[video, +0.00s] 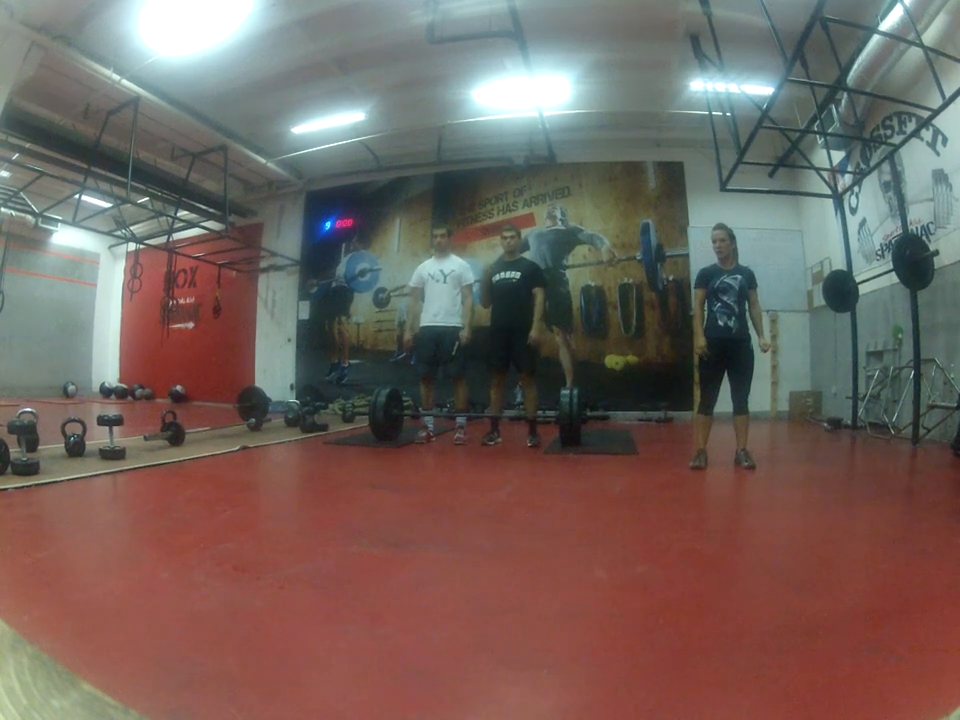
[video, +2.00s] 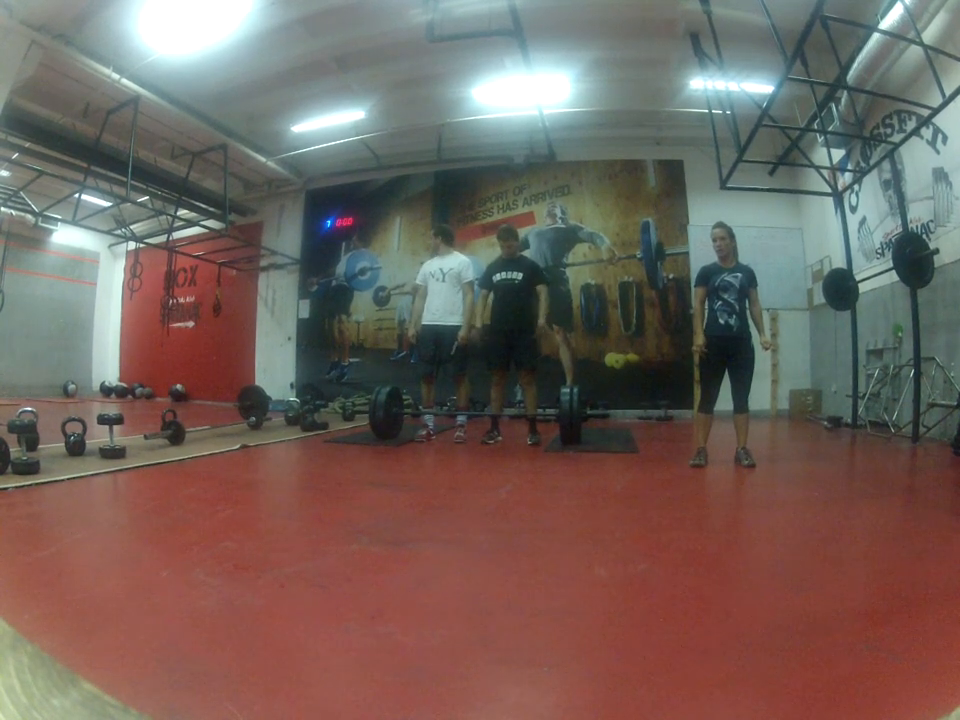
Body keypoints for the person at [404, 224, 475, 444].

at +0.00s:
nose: (438, 240)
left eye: (442, 236)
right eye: (435, 237)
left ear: (450, 239)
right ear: (431, 240)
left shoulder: (461, 265)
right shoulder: (423, 268)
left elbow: (468, 298)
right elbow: (414, 300)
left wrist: (467, 327)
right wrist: (409, 329)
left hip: (453, 328)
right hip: (427, 328)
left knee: (458, 377)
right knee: (426, 378)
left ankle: (461, 426)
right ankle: (428, 427)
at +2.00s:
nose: (431, 242)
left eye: (433, 238)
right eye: (431, 238)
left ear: (440, 239)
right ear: (442, 239)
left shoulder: (462, 262)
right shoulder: (427, 265)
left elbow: (469, 295)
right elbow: (420, 297)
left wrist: (466, 327)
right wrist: (413, 325)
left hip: (454, 326)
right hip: (428, 326)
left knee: (459, 375)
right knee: (426, 375)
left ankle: (461, 424)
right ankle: (428, 424)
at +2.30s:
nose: (431, 242)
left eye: (433, 238)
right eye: (432, 238)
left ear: (441, 239)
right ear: (442, 239)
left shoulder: (463, 262)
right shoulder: (428, 265)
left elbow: (469, 295)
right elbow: (420, 297)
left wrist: (465, 327)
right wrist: (414, 325)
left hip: (455, 326)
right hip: (429, 326)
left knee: (459, 375)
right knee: (427, 375)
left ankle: (461, 424)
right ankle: (427, 424)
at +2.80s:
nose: (430, 241)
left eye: (432, 237)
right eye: (431, 238)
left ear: (440, 238)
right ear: (440, 239)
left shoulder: (462, 262)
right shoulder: (428, 265)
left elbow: (469, 295)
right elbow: (420, 297)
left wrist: (467, 327)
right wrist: (414, 325)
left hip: (454, 327)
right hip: (428, 326)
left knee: (459, 375)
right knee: (427, 375)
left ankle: (462, 424)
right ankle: (427, 424)